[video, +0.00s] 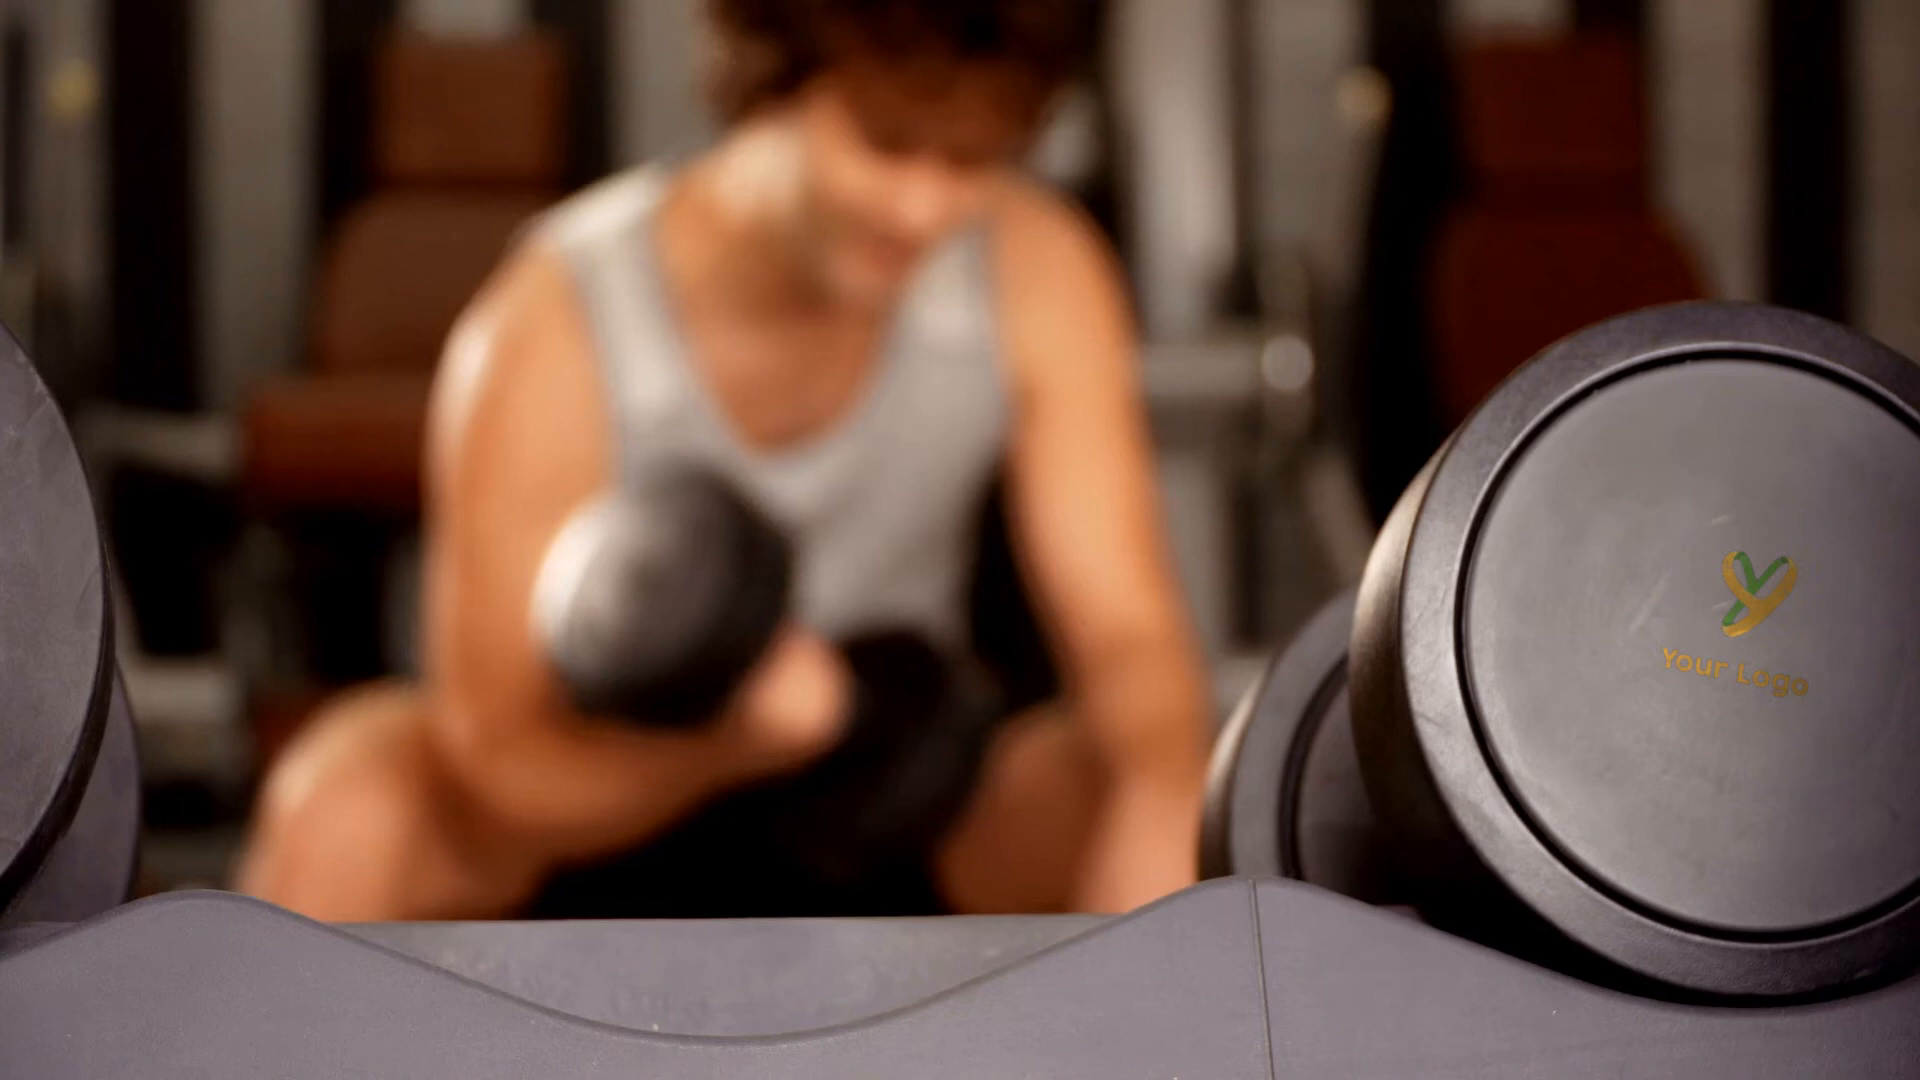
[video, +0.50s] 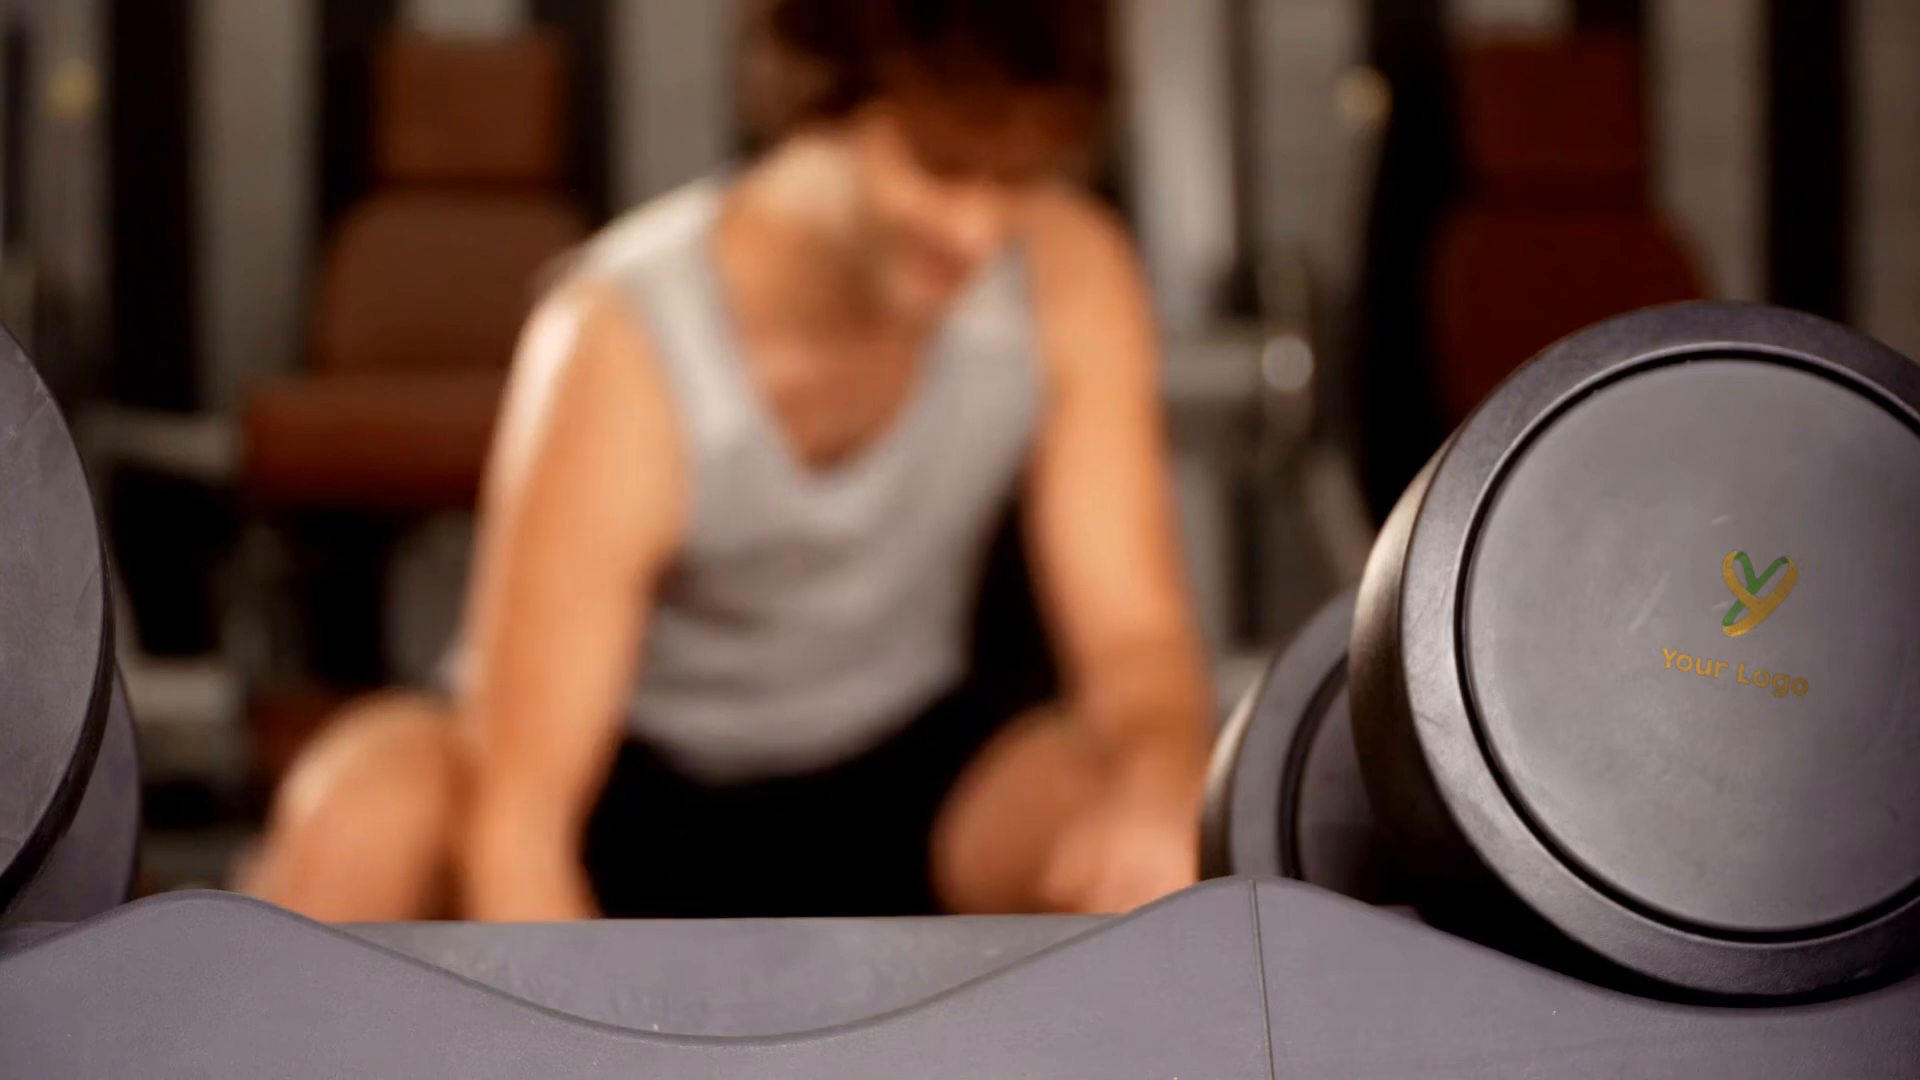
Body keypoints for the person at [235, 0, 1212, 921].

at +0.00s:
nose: (923, 208)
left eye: (975, 162)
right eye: (887, 143)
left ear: (1021, 147)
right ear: (777, 80)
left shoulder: (1031, 262)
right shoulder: (549, 324)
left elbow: (1129, 641)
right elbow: (511, 774)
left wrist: (1157, 825)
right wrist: (741, 740)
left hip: (883, 796)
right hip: (594, 809)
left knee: (1167, 801)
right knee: (345, 801)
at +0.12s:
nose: (934, 205)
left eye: (986, 157)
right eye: (898, 141)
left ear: (1033, 140)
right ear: (785, 80)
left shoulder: (1039, 262)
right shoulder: (564, 317)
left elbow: (1133, 648)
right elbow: (509, 769)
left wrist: (1158, 824)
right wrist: (738, 801)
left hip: (900, 814)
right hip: (617, 819)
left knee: (1167, 792)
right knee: (348, 780)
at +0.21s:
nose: (943, 205)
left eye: (993, 159)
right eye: (907, 142)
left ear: (1038, 143)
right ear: (793, 81)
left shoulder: (1046, 262)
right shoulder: (580, 312)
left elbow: (1131, 643)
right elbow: (512, 747)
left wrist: (1154, 825)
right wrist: (743, 875)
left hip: (915, 769)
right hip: (640, 768)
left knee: (1173, 802)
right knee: (346, 789)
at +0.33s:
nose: (958, 214)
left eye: (1006, 166)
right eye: (924, 151)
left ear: (1048, 148)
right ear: (808, 89)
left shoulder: (1057, 268)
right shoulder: (599, 312)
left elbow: (1134, 654)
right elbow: (510, 779)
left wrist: (1155, 826)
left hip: (903, 779)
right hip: (624, 788)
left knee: (1156, 808)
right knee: (352, 790)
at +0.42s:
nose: (967, 220)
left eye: (1012, 172)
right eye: (931, 158)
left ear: (1053, 151)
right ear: (816, 98)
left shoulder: (1063, 271)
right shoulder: (612, 322)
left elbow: (1134, 651)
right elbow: (513, 797)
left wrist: (1152, 819)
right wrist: (623, 1049)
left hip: (904, 780)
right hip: (627, 793)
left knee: (1156, 818)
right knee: (358, 792)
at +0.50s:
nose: (976, 232)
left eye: (1014, 181)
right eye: (937, 170)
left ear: (1053, 159)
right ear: (826, 113)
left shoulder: (1064, 271)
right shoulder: (621, 336)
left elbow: (1135, 652)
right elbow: (520, 815)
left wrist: (1153, 815)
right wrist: (594, 1064)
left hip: (901, 782)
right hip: (625, 793)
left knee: (1157, 824)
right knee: (363, 798)